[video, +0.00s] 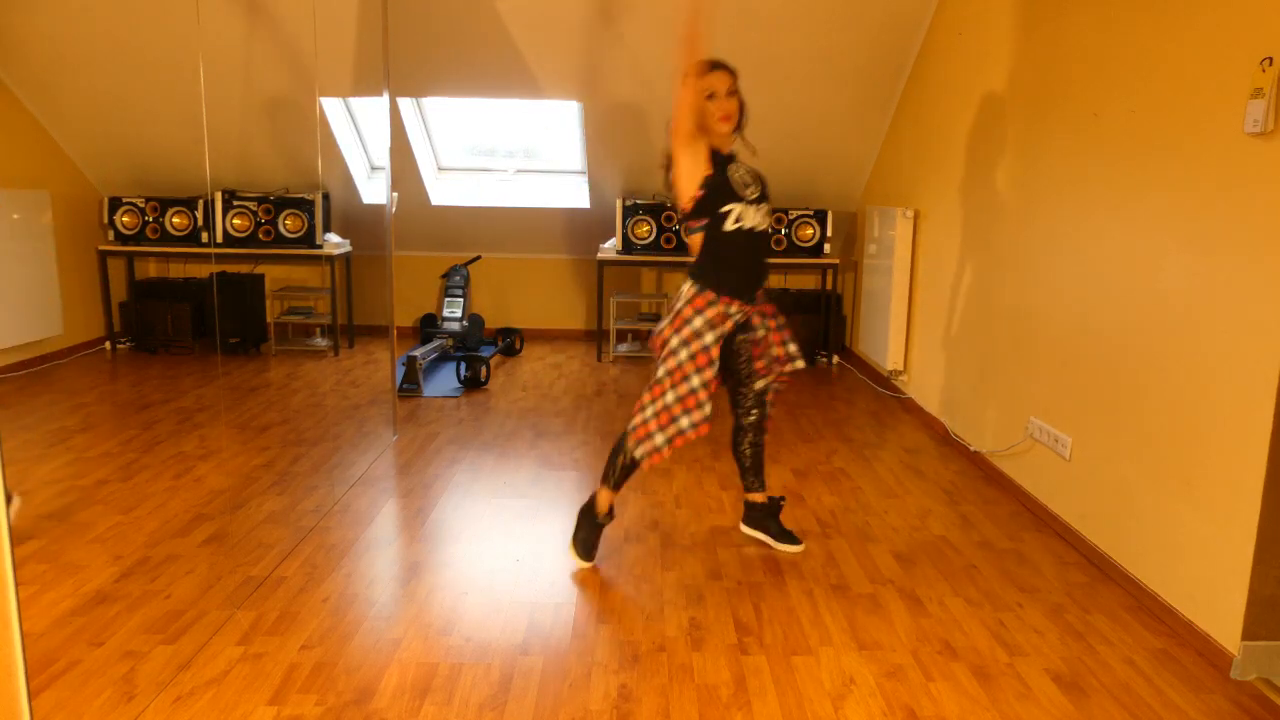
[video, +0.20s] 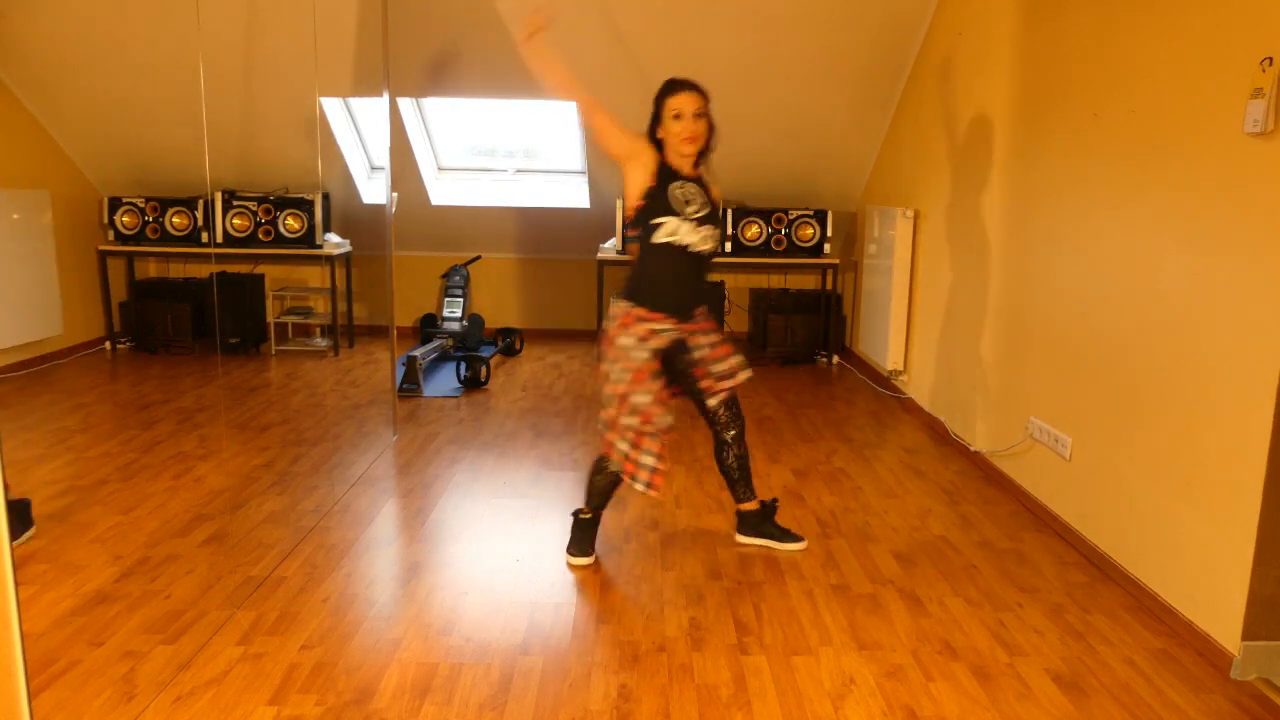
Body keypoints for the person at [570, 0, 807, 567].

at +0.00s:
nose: (725, 104)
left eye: (732, 95)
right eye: (713, 96)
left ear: (741, 105)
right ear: (693, 108)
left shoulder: (739, 163)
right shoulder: (690, 157)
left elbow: (705, 235)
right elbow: (689, 72)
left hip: (746, 309)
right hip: (706, 308)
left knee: (752, 405)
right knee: (665, 410)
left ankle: (758, 507)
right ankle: (599, 507)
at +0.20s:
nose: (689, 126)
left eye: (698, 116)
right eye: (677, 116)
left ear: (709, 127)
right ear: (658, 125)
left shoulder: (703, 189)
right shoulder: (641, 161)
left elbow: (688, 259)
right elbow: (582, 102)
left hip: (690, 326)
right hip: (638, 325)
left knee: (727, 417)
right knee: (627, 433)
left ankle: (750, 514)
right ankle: (586, 520)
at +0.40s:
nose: (657, 145)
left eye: (666, 134)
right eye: (644, 137)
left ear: (681, 141)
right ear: (632, 149)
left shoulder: (699, 215)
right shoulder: (614, 189)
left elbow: (690, 287)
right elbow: (557, 200)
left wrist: (683, 346)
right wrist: (507, 199)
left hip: (646, 339)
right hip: (589, 329)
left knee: (674, 435)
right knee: (592, 439)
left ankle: (638, 485)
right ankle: (583, 523)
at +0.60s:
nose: (639, 116)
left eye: (650, 109)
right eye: (629, 107)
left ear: (663, 124)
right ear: (614, 121)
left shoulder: (668, 183)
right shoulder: (598, 189)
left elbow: (653, 256)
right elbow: (571, 258)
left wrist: (629, 317)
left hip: (643, 317)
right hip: (588, 315)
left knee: (644, 425)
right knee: (581, 420)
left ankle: (625, 504)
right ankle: (585, 515)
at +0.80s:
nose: (637, 80)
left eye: (650, 73)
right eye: (627, 71)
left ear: (664, 89)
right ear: (608, 86)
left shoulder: (668, 140)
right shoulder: (603, 159)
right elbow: (607, 234)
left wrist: (567, 70)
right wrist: (605, 294)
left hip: (677, 297)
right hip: (621, 301)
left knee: (707, 399)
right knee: (607, 408)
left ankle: (734, 498)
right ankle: (594, 514)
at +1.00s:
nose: (661, 111)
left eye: (671, 102)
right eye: (650, 102)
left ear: (685, 115)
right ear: (636, 117)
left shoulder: (700, 160)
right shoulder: (634, 186)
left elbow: (697, 66)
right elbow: (632, 259)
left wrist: (688, 5)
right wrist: (630, 318)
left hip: (711, 314)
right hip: (654, 319)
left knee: (744, 422)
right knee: (633, 422)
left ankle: (786, 515)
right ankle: (606, 523)